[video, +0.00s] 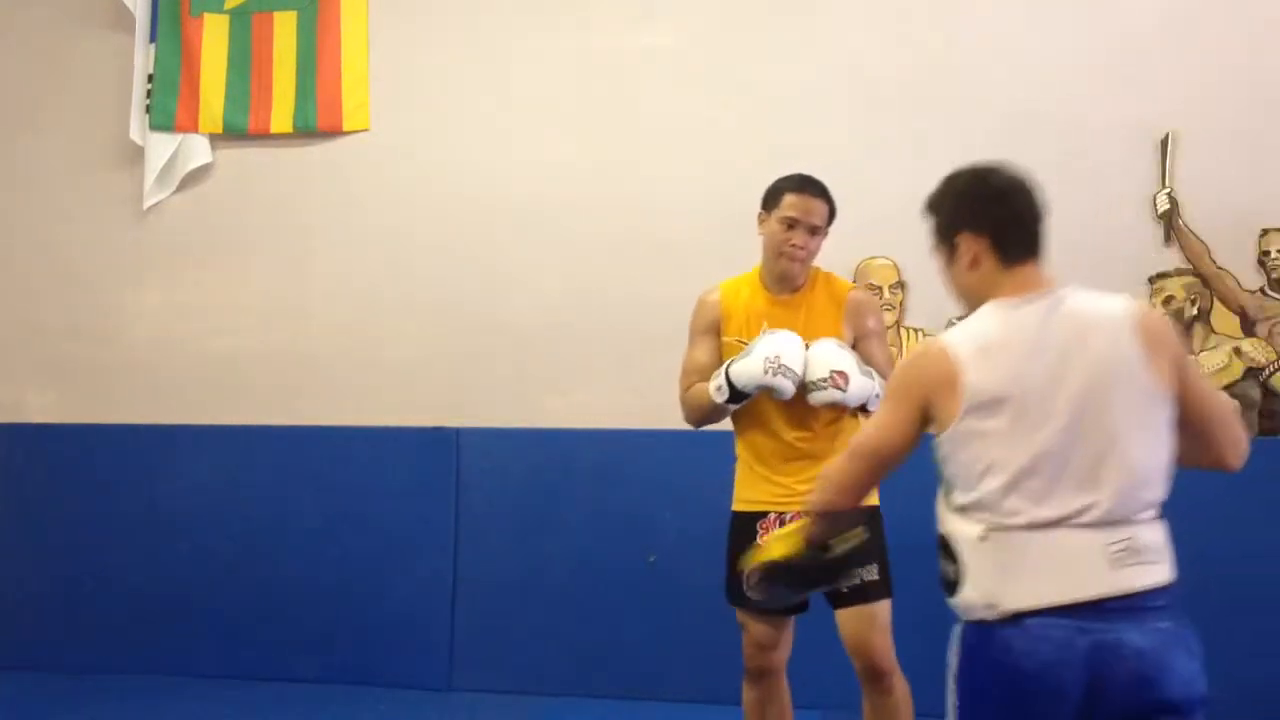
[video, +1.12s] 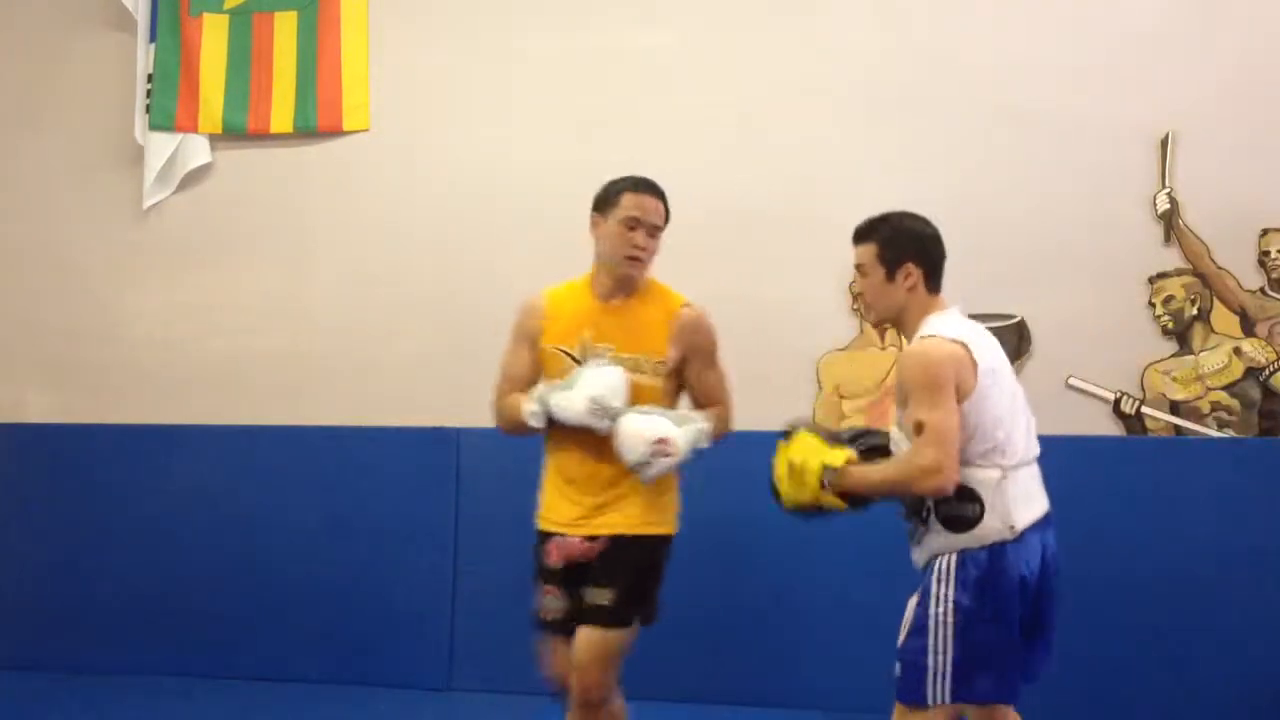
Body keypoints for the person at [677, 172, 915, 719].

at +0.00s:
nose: (800, 240)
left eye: (814, 231)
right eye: (790, 225)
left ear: (824, 239)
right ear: (762, 222)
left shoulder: (853, 304)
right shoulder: (719, 305)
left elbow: (891, 397)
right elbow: (692, 409)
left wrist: (861, 387)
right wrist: (736, 377)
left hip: (847, 502)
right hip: (761, 504)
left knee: (875, 661)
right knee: (761, 659)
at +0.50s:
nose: (799, 251)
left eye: (812, 239)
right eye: (787, 237)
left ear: (829, 242)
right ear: (765, 238)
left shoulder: (864, 316)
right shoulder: (728, 313)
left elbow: (891, 401)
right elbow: (699, 401)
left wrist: (848, 420)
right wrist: (730, 410)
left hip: (830, 511)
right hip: (743, 509)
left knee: (863, 659)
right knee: (686, 660)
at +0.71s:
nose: (719, 266)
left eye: (730, 253)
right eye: (707, 252)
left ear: (745, 255)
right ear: (681, 252)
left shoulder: (784, 328)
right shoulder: (653, 331)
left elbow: (835, 398)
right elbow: (630, 424)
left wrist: (805, 429)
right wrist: (674, 417)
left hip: (760, 523)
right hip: (672, 518)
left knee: (811, 677)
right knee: (633, 664)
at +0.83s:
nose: (677, 256)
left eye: (689, 244)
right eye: (666, 241)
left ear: (702, 245)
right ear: (641, 240)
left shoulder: (740, 313)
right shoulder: (609, 319)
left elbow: (785, 383)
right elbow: (582, 415)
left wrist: (762, 422)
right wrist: (631, 407)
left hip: (724, 514)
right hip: (641, 513)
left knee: (741, 664)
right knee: (630, 665)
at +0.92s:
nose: (658, 246)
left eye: (670, 234)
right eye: (647, 231)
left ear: (683, 238)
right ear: (621, 231)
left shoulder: (719, 307)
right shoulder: (585, 311)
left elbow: (761, 378)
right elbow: (555, 408)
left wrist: (736, 418)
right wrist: (606, 400)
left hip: (704, 503)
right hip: (624, 504)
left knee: (689, 661)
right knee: (629, 664)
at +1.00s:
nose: (647, 242)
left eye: (660, 232)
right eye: (636, 227)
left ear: (671, 238)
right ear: (606, 227)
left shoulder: (703, 312)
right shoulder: (565, 311)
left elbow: (743, 387)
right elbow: (532, 408)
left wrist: (713, 421)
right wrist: (580, 404)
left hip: (679, 505)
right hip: (602, 507)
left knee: (637, 667)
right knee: (616, 669)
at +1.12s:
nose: (643, 240)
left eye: (654, 231)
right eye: (631, 225)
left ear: (662, 240)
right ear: (597, 226)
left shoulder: (684, 324)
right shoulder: (544, 312)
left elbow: (717, 413)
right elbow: (506, 409)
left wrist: (679, 435)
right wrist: (553, 404)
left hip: (636, 517)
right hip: (561, 512)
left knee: (589, 684)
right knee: (564, 673)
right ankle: (614, 710)